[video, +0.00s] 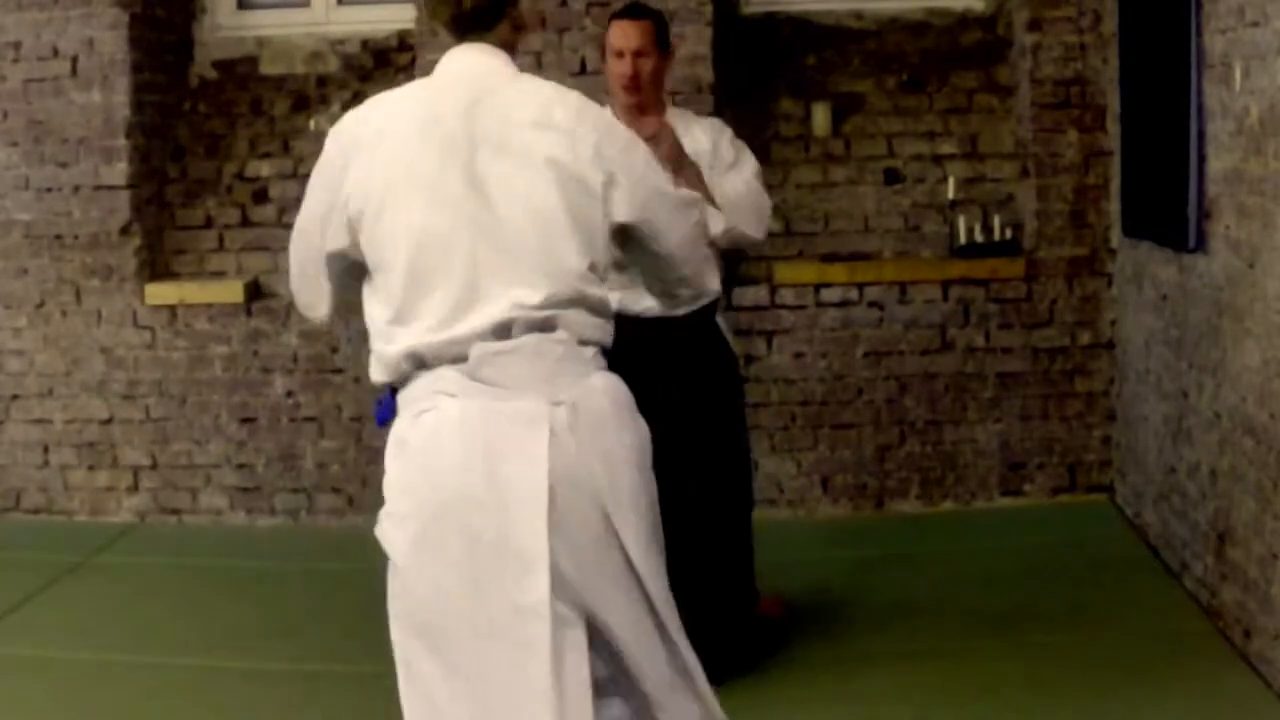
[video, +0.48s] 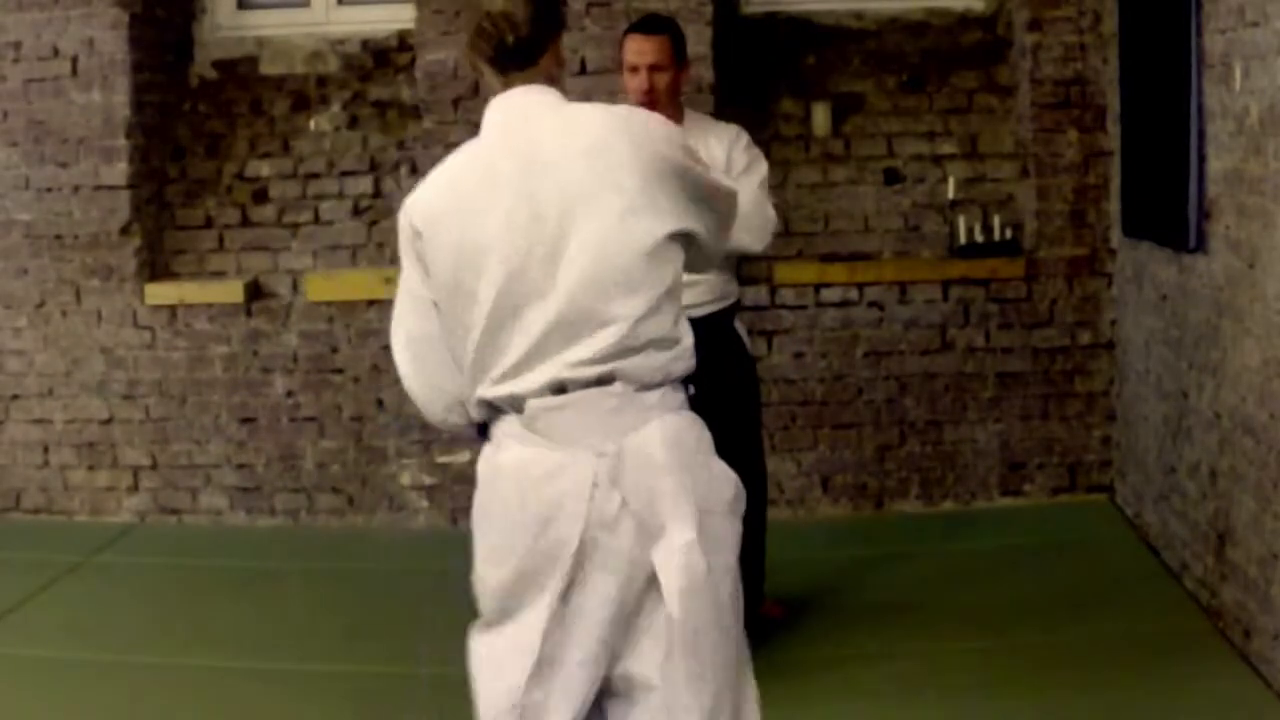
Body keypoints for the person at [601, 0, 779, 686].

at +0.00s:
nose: (628, 67)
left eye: (641, 54)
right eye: (617, 55)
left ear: (665, 61)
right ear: (604, 62)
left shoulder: (709, 138)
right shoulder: (585, 144)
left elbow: (752, 226)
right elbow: (570, 239)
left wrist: (681, 173)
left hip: (695, 340)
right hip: (615, 343)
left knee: (714, 496)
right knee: (633, 497)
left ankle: (721, 641)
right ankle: (643, 644)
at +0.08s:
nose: (634, 81)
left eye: (647, 69)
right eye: (623, 70)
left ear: (672, 75)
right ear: (611, 76)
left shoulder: (713, 149)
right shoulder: (594, 153)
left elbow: (756, 236)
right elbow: (577, 246)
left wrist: (693, 185)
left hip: (699, 346)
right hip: (621, 349)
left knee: (716, 502)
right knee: (636, 500)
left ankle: (720, 642)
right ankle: (646, 645)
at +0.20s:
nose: (641, 81)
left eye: (654, 68)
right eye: (630, 69)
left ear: (678, 74)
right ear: (616, 76)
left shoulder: (720, 145)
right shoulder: (599, 149)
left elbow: (760, 233)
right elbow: (586, 241)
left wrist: (695, 184)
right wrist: (637, 177)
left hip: (707, 345)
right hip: (627, 348)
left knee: (722, 504)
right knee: (639, 501)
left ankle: (723, 644)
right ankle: (645, 645)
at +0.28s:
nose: (642, 81)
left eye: (655, 68)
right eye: (631, 69)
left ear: (680, 73)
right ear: (618, 75)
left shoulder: (725, 142)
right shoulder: (603, 145)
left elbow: (763, 227)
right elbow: (585, 229)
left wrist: (692, 177)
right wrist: (631, 169)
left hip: (708, 340)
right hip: (627, 342)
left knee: (727, 496)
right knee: (640, 493)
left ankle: (728, 635)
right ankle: (645, 637)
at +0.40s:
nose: (642, 81)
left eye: (655, 69)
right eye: (632, 70)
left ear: (682, 73)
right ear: (619, 75)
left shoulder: (726, 143)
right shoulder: (604, 147)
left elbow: (762, 232)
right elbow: (584, 234)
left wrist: (686, 171)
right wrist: (630, 173)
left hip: (708, 337)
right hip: (626, 340)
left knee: (734, 489)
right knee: (642, 488)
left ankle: (737, 628)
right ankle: (645, 629)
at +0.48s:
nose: (642, 83)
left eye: (655, 69)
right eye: (632, 71)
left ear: (682, 73)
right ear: (620, 75)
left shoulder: (726, 144)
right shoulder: (605, 147)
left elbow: (754, 234)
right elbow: (588, 222)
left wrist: (677, 186)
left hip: (708, 334)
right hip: (627, 336)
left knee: (736, 479)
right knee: (640, 477)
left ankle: (741, 609)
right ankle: (648, 613)